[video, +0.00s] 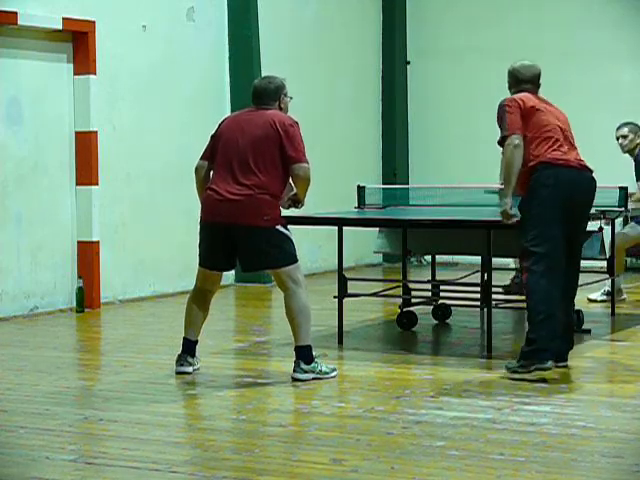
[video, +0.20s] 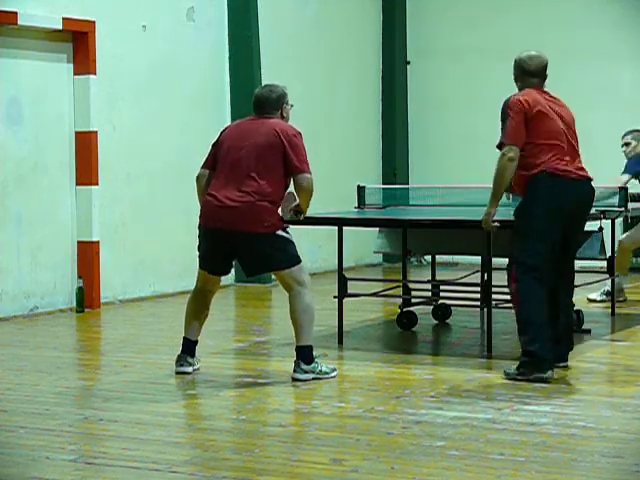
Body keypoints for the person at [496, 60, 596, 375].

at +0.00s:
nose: (511, 92)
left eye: (509, 86)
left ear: (510, 85)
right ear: (538, 85)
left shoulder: (513, 102)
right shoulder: (554, 110)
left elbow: (515, 143)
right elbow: (564, 152)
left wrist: (507, 199)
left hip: (550, 179)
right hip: (582, 180)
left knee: (540, 265)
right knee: (566, 265)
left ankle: (538, 353)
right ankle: (559, 350)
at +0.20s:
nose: (516, 80)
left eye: (516, 75)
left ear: (516, 76)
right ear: (545, 78)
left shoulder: (518, 102)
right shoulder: (561, 106)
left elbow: (510, 154)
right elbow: (567, 156)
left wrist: (492, 207)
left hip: (547, 187)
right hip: (580, 188)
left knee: (526, 270)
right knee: (559, 270)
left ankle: (535, 361)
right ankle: (557, 353)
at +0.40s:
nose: (517, 74)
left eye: (515, 69)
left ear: (516, 69)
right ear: (545, 67)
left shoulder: (513, 101)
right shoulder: (569, 97)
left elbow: (502, 157)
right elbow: (598, 148)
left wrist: (491, 207)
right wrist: (567, 174)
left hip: (545, 191)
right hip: (586, 191)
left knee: (531, 273)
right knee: (576, 273)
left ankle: (536, 363)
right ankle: (563, 354)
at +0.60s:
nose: (533, 67)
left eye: (531, 63)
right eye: (545, 60)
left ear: (532, 63)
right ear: (561, 61)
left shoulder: (529, 93)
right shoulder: (584, 93)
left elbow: (521, 147)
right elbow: (611, 145)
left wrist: (511, 201)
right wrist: (583, 175)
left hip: (557, 188)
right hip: (596, 188)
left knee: (544, 273)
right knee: (587, 272)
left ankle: (537, 364)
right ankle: (616, 351)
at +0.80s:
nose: (550, 69)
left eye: (550, 64)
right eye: (552, 64)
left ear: (554, 64)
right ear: (582, 66)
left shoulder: (558, 92)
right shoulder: (602, 97)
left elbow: (557, 141)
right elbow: (615, 150)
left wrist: (544, 196)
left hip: (581, 190)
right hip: (619, 192)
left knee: (561, 277)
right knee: (625, 278)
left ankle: (538, 364)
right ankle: (637, 364)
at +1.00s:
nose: (555, 67)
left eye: (555, 62)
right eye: (556, 62)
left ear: (562, 61)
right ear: (588, 63)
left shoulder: (563, 90)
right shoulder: (612, 93)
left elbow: (566, 138)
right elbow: (635, 144)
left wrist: (558, 193)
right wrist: (626, 179)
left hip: (592, 189)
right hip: (629, 189)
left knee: (579, 278)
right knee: (631, 278)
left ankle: (554, 364)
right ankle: (639, 364)